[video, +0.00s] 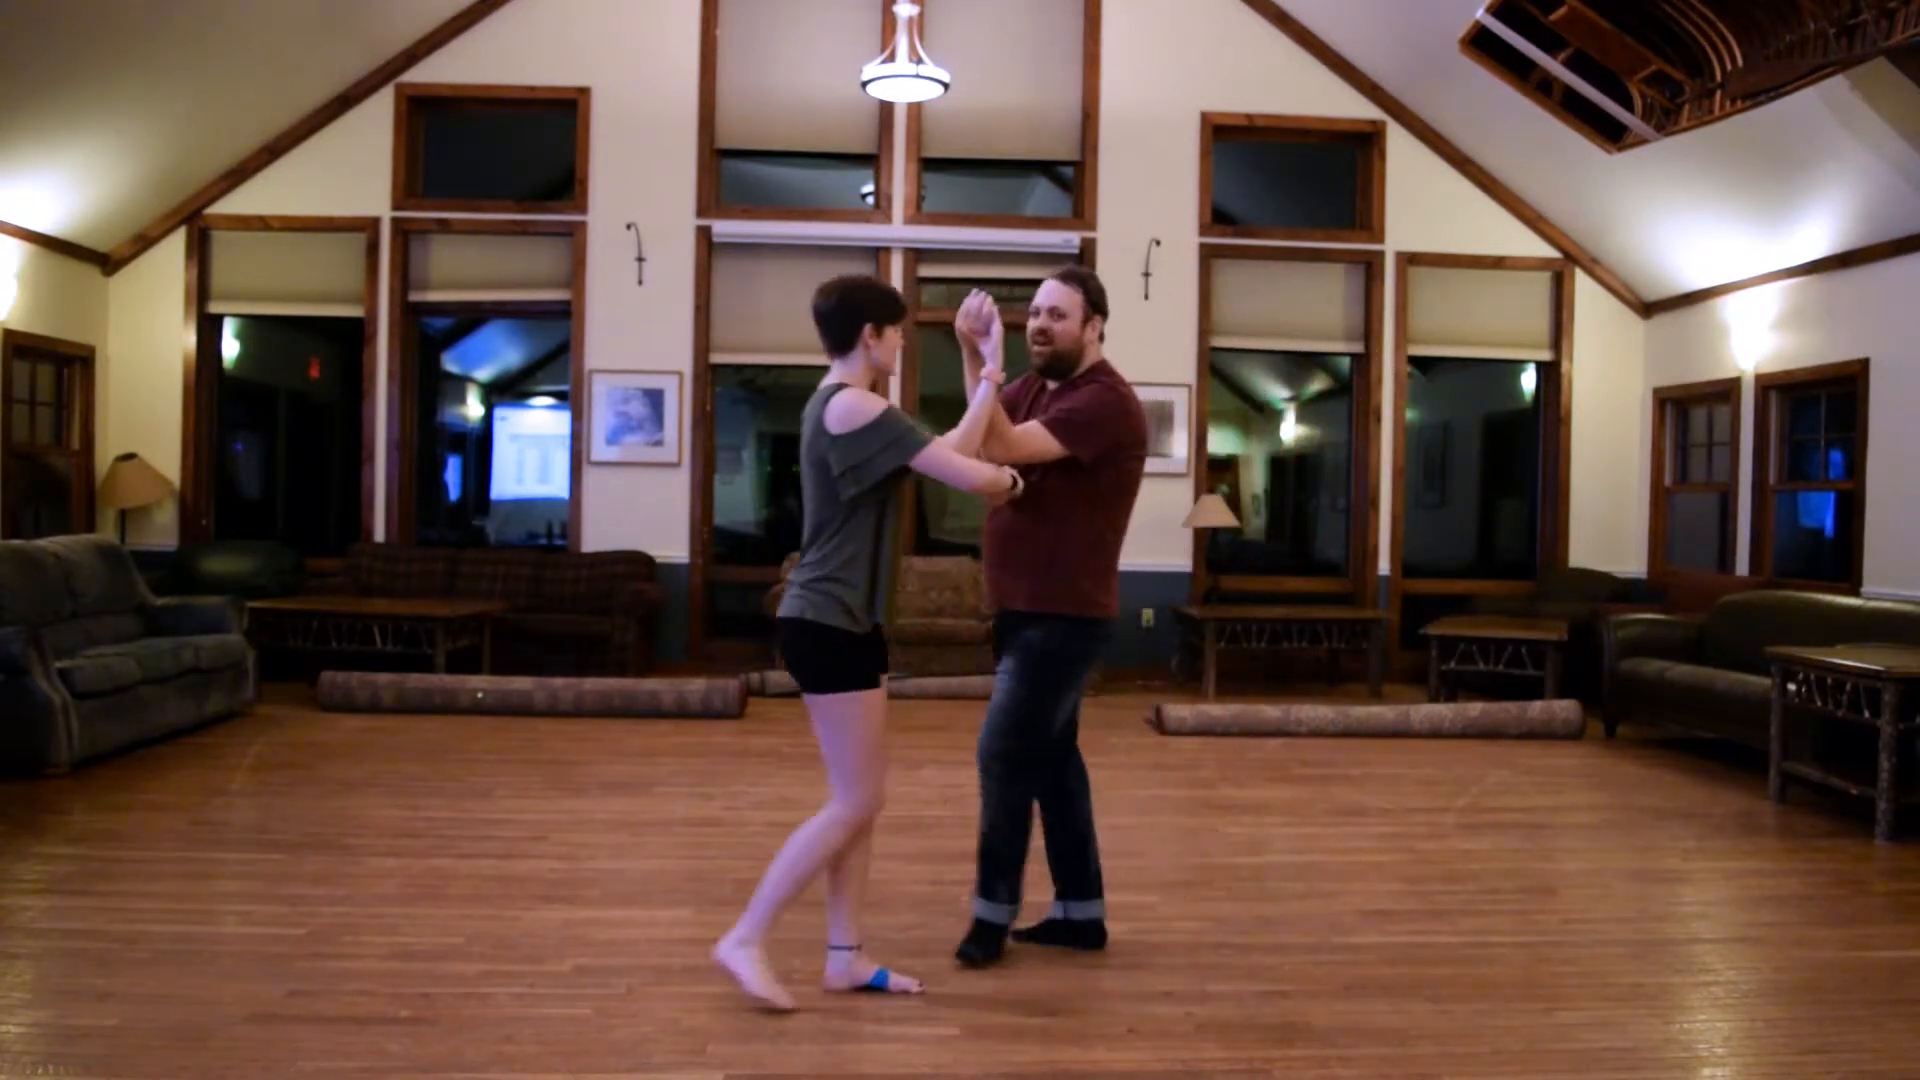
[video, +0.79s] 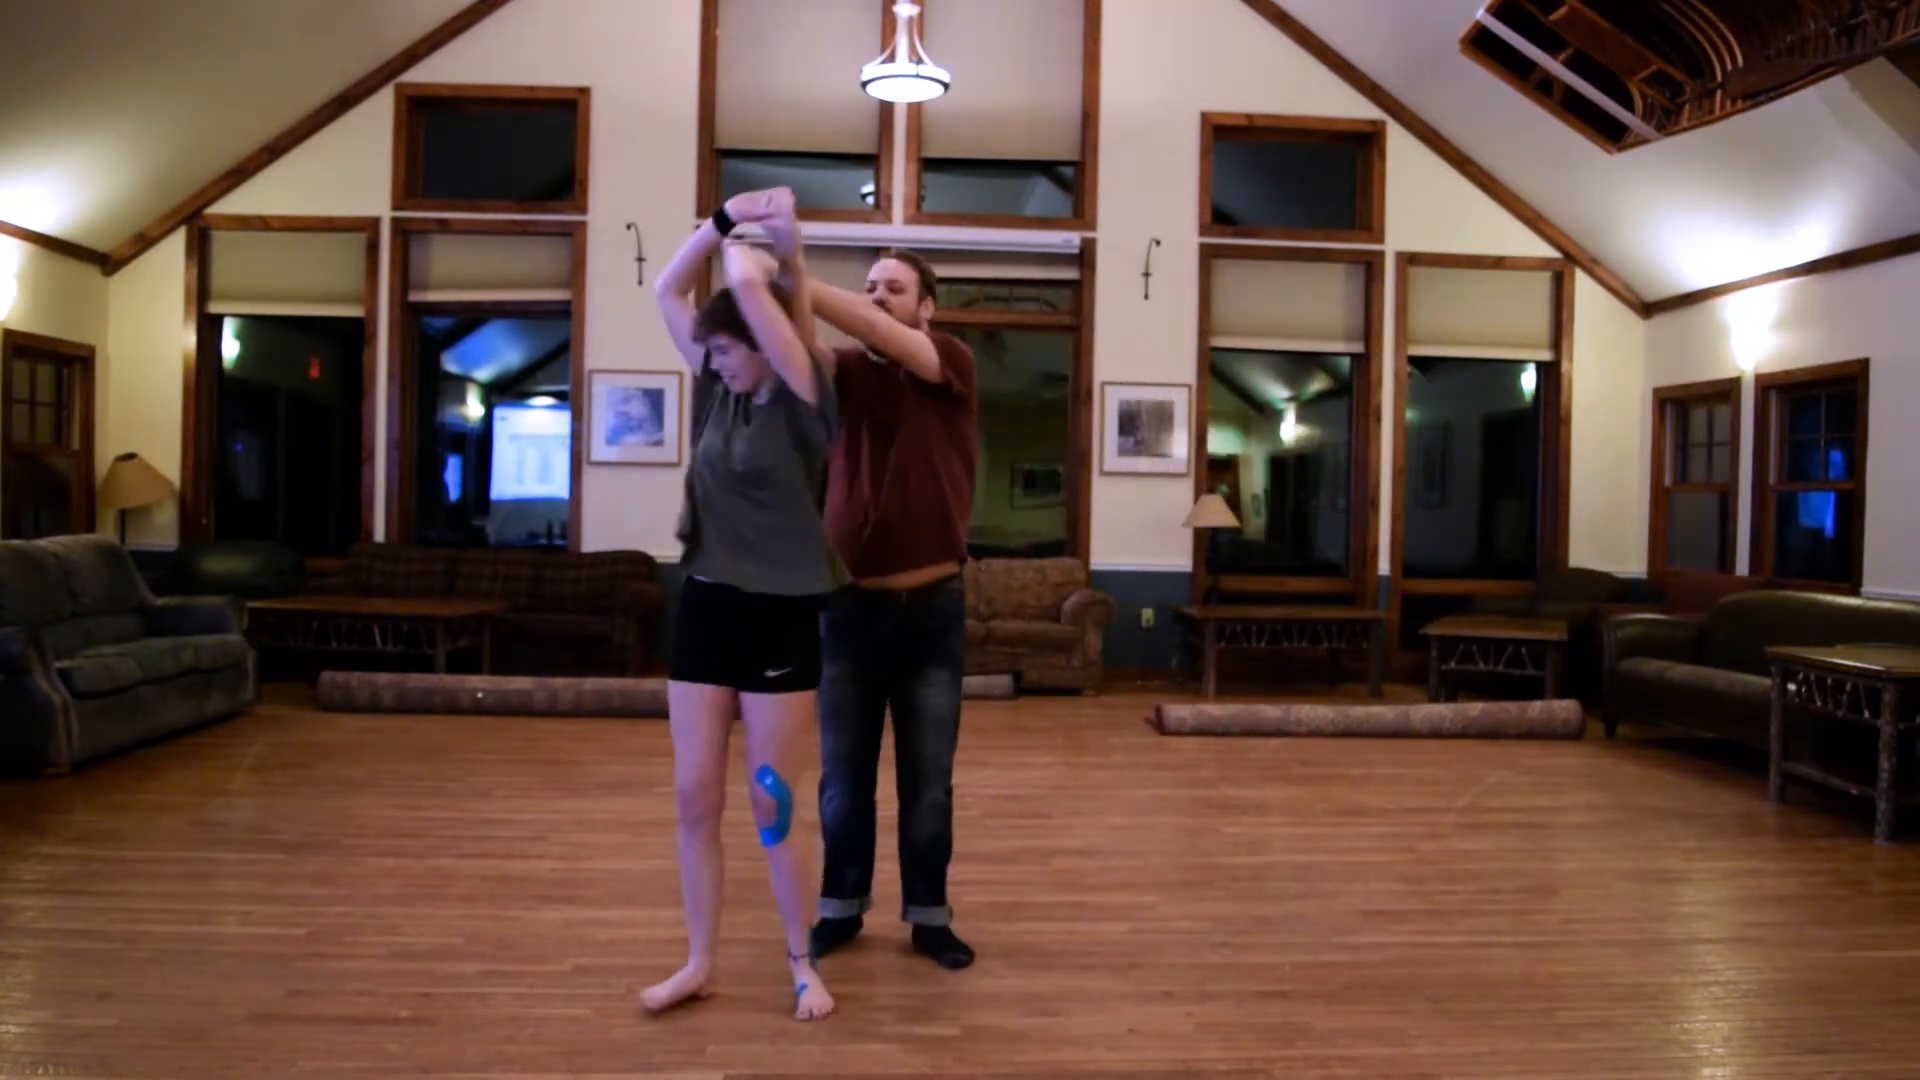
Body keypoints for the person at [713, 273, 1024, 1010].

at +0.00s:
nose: (903, 343)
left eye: (900, 331)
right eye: (898, 331)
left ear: (847, 338)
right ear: (872, 337)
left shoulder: (840, 402)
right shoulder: (856, 408)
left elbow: (937, 457)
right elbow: (977, 478)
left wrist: (985, 395)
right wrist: (1007, 481)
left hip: (839, 618)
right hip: (830, 621)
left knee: (861, 797)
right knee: (856, 800)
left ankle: (843, 956)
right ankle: (743, 939)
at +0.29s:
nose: (837, 349)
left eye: (837, 337)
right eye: (830, 336)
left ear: (789, 340)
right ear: (797, 338)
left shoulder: (788, 408)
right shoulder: (778, 407)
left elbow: (871, 474)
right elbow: (892, 464)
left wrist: (914, 428)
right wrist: (960, 464)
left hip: (796, 625)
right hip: (741, 625)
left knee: (826, 785)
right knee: (732, 796)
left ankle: (834, 956)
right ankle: (703, 966)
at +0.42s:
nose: (817, 352)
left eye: (820, 339)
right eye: (806, 338)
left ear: (806, 342)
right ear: (764, 337)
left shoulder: (803, 417)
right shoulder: (746, 402)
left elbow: (873, 468)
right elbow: (846, 409)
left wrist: (908, 379)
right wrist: (922, 394)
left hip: (794, 621)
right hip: (728, 620)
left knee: (807, 787)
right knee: (728, 795)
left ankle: (816, 956)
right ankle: (701, 965)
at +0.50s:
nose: (786, 354)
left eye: (792, 343)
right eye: (779, 343)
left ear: (778, 341)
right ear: (762, 342)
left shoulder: (810, 423)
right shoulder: (730, 403)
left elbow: (876, 439)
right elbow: (787, 353)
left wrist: (886, 360)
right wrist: (882, 329)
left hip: (796, 619)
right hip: (727, 616)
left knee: (793, 788)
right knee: (729, 794)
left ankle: (805, 960)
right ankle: (701, 965)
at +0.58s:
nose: (783, 357)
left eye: (797, 348)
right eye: (773, 345)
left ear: (811, 351)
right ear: (749, 341)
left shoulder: (819, 420)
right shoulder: (729, 405)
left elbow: (875, 395)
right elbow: (739, 299)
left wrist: (852, 297)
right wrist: (812, 266)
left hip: (802, 617)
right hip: (723, 611)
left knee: (801, 791)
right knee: (735, 795)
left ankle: (805, 964)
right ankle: (703, 964)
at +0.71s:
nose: (752, 368)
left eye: (763, 354)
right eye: (741, 358)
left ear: (796, 347)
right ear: (727, 356)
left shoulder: (823, 410)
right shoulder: (718, 398)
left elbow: (813, 317)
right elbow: (673, 274)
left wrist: (778, 237)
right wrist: (751, 217)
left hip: (798, 616)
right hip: (713, 610)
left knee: (792, 799)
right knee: (721, 801)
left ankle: (803, 963)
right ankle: (705, 963)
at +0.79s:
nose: (716, 362)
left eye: (727, 348)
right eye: (710, 351)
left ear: (766, 335)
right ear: (709, 347)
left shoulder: (806, 391)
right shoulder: (717, 386)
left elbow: (749, 287)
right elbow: (667, 293)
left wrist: (756, 247)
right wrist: (719, 225)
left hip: (784, 608)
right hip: (704, 599)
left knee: (773, 800)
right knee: (695, 796)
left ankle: (802, 963)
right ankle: (699, 961)